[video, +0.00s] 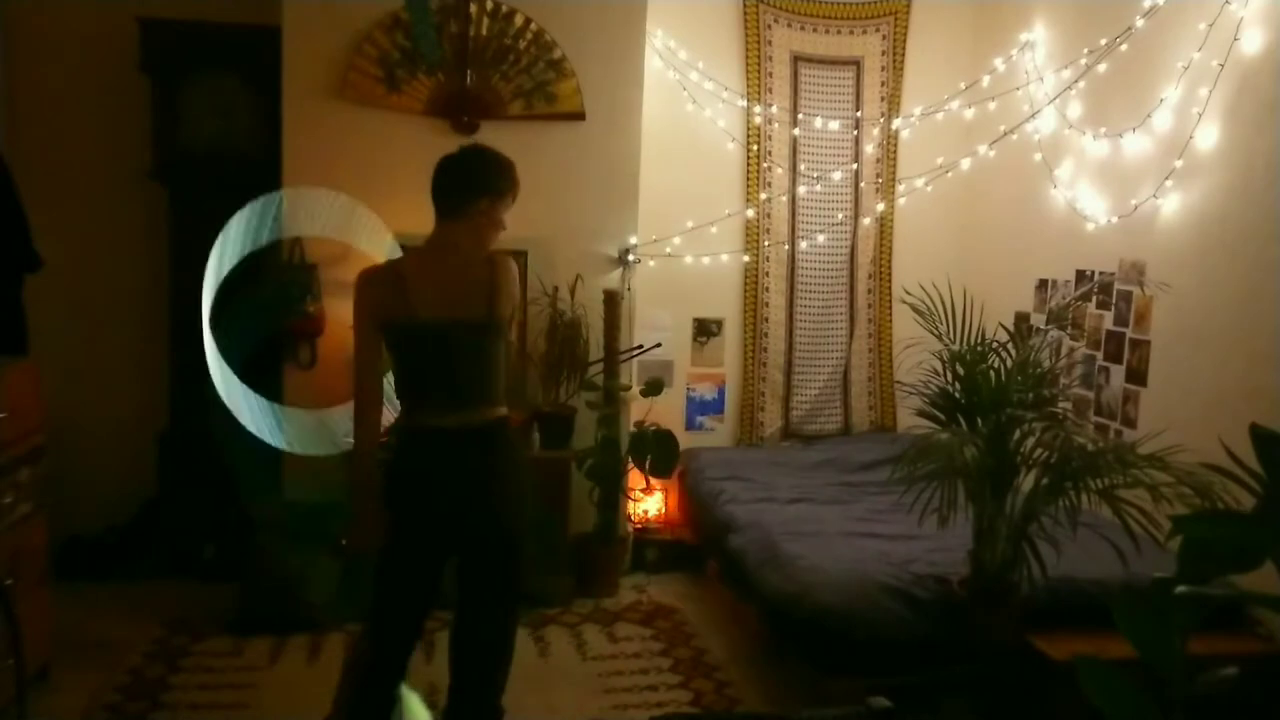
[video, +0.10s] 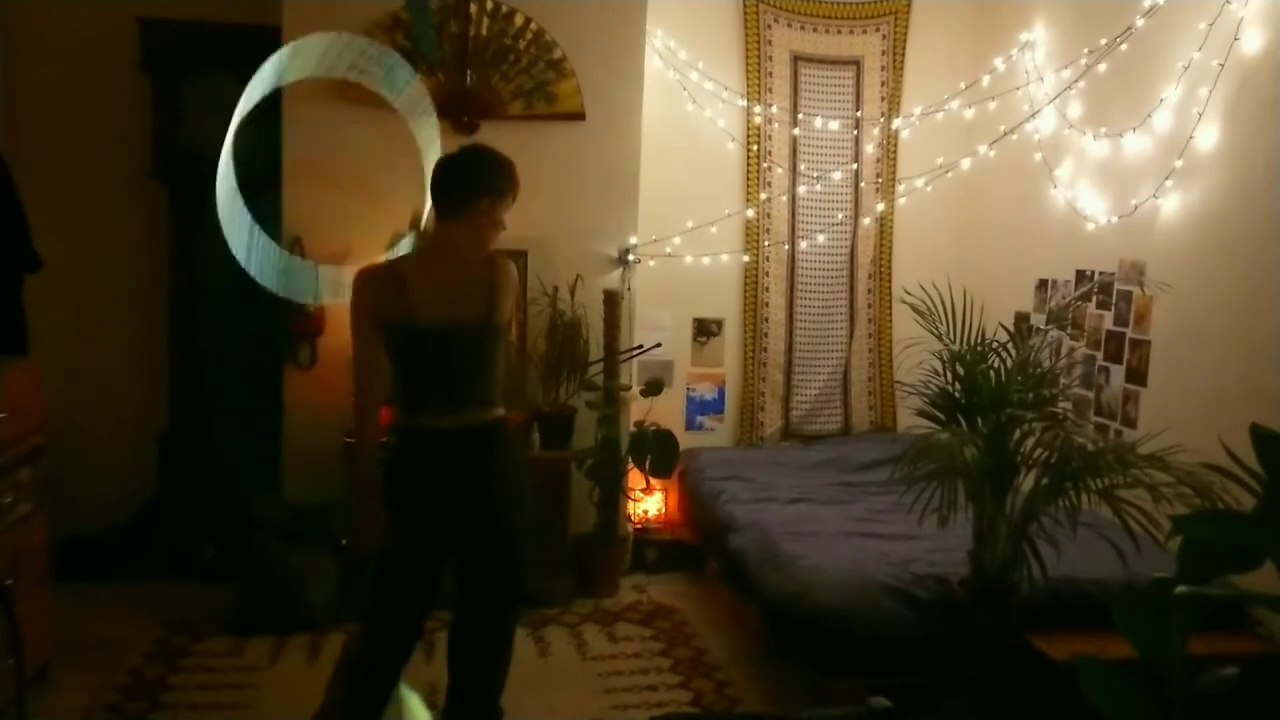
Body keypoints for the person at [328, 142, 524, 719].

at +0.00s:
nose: (504, 222)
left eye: (506, 208)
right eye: (502, 207)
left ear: (441, 203)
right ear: (478, 206)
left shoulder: (380, 283)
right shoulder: (502, 276)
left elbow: (368, 405)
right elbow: (514, 375)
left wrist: (363, 500)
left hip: (416, 465)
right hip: (488, 466)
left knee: (394, 622)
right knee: (486, 628)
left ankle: (361, 710)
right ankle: (475, 711)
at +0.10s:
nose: (503, 224)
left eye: (506, 210)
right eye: (500, 209)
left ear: (441, 204)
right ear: (475, 207)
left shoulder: (378, 283)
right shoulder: (501, 277)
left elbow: (368, 407)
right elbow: (511, 382)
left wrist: (364, 504)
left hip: (413, 470)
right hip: (486, 471)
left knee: (391, 626)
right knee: (484, 636)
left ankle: (347, 710)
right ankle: (473, 711)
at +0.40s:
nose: (497, 225)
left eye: (499, 210)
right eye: (493, 209)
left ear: (435, 204)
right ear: (467, 206)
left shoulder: (380, 286)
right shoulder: (489, 280)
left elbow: (354, 396)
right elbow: (567, 237)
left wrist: (351, 488)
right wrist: (610, 152)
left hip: (402, 462)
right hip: (468, 465)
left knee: (376, 624)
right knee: (477, 628)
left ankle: (341, 713)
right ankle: (462, 713)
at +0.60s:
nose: (506, 231)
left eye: (506, 216)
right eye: (499, 215)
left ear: (459, 215)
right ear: (461, 212)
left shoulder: (438, 290)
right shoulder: (436, 297)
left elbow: (506, 380)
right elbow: (519, 389)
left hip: (459, 475)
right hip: (455, 479)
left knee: (461, 635)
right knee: (479, 649)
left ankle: (421, 706)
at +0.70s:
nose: (507, 224)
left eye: (506, 210)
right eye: (496, 210)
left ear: (466, 216)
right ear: (458, 213)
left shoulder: (465, 290)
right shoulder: (436, 300)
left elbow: (480, 403)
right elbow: (448, 425)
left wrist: (533, 426)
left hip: (476, 477)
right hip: (451, 485)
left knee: (485, 654)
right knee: (475, 664)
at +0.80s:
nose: (495, 217)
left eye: (496, 204)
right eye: (482, 205)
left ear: (495, 209)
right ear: (445, 212)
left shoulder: (484, 283)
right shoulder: (428, 297)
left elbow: (490, 385)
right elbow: (420, 414)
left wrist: (521, 431)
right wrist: (505, 436)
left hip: (492, 468)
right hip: (452, 477)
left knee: (495, 623)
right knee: (465, 630)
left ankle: (492, 707)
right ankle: (466, 711)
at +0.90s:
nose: (487, 207)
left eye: (492, 194)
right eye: (472, 196)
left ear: (499, 201)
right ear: (442, 204)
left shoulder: (495, 278)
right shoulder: (425, 284)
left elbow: (498, 360)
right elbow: (390, 380)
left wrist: (546, 413)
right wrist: (464, 382)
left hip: (491, 452)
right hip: (447, 461)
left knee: (490, 602)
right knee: (477, 607)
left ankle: (473, 705)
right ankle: (466, 708)